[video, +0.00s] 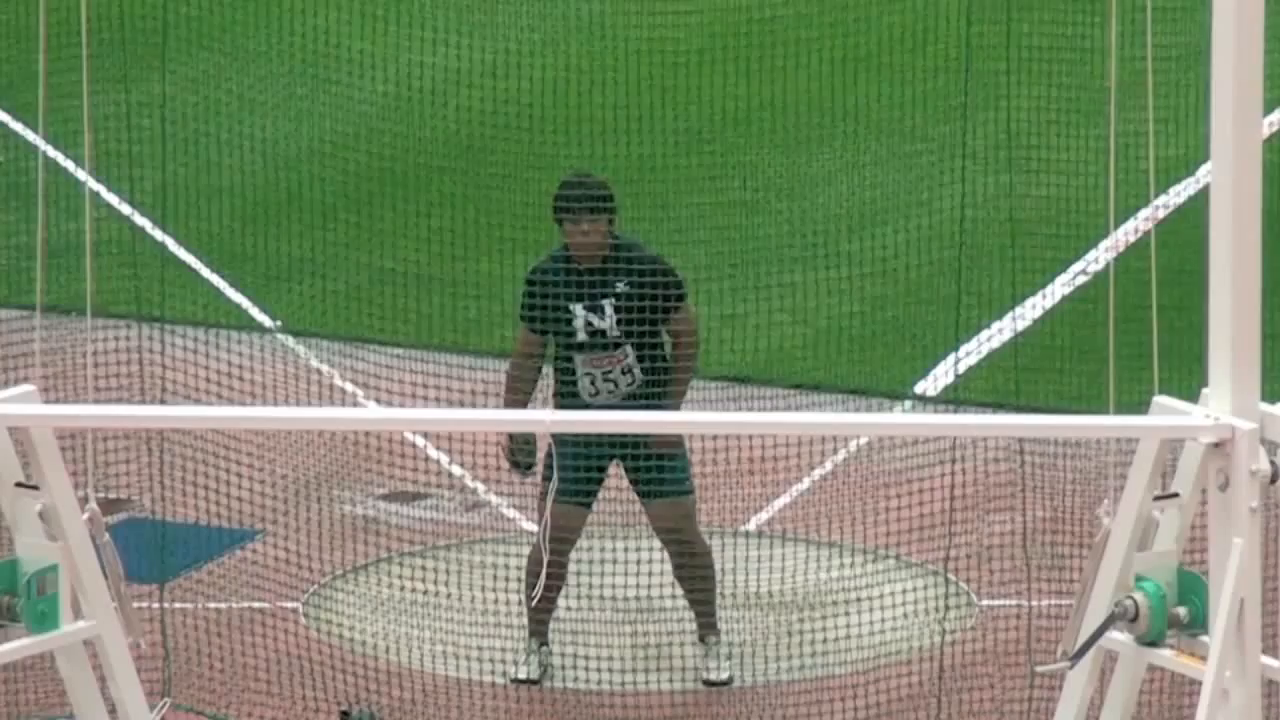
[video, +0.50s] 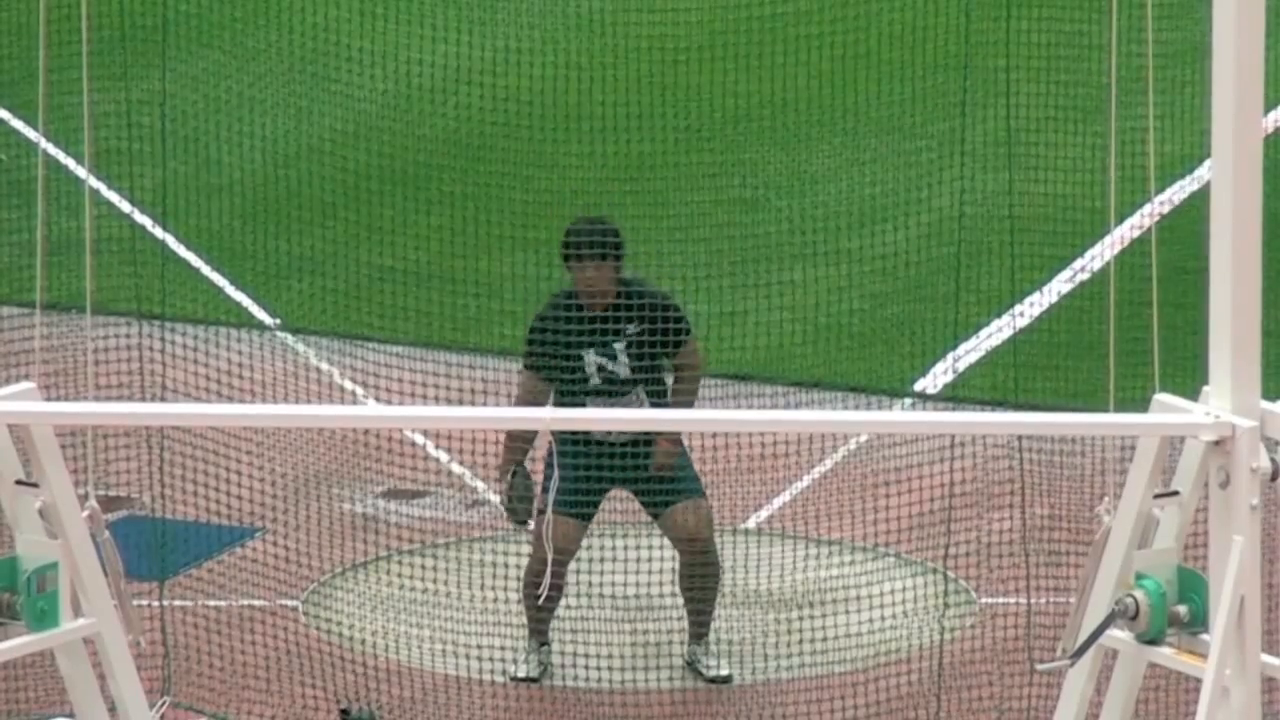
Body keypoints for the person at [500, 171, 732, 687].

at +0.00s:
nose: (586, 232)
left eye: (595, 220)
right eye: (575, 222)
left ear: (612, 221)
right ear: (560, 226)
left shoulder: (649, 271)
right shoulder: (547, 279)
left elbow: (686, 338)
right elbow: (526, 358)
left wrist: (670, 412)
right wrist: (514, 426)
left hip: (649, 420)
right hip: (577, 426)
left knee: (679, 531)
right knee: (555, 535)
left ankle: (710, 641)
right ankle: (536, 644)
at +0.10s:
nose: (595, 239)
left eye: (604, 227)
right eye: (583, 229)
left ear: (620, 230)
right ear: (567, 235)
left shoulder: (654, 278)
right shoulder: (551, 287)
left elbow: (690, 344)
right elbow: (530, 359)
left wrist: (669, 414)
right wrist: (515, 423)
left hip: (650, 426)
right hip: (577, 430)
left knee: (683, 533)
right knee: (552, 537)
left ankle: (699, 645)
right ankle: (536, 645)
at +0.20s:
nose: (597, 260)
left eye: (607, 249)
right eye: (586, 250)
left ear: (625, 250)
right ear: (573, 253)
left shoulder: (658, 296)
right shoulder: (554, 304)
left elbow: (700, 351)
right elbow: (535, 370)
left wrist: (674, 418)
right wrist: (518, 430)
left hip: (650, 438)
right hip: (578, 440)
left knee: (688, 530)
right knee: (551, 539)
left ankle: (698, 646)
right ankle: (536, 646)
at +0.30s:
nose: (600, 277)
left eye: (610, 267)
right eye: (590, 267)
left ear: (626, 268)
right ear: (576, 270)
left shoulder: (656, 311)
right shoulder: (555, 321)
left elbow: (703, 360)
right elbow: (537, 385)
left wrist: (677, 423)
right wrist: (518, 441)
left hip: (650, 444)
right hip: (579, 447)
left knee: (695, 536)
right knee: (550, 545)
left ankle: (698, 647)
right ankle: (537, 647)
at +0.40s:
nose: (596, 281)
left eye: (606, 270)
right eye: (586, 271)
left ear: (625, 271)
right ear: (573, 274)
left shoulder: (657, 314)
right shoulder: (555, 327)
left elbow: (696, 371)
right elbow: (534, 399)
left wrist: (676, 430)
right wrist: (516, 463)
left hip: (650, 448)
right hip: (579, 452)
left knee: (698, 537)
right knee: (555, 546)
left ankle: (699, 646)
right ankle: (537, 646)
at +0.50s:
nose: (592, 274)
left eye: (601, 263)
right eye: (581, 264)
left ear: (619, 264)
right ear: (568, 268)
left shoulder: (655, 310)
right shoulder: (554, 322)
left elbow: (689, 367)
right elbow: (530, 401)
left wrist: (672, 431)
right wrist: (510, 466)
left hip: (649, 443)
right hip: (579, 447)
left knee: (697, 535)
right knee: (556, 544)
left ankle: (699, 646)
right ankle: (537, 646)